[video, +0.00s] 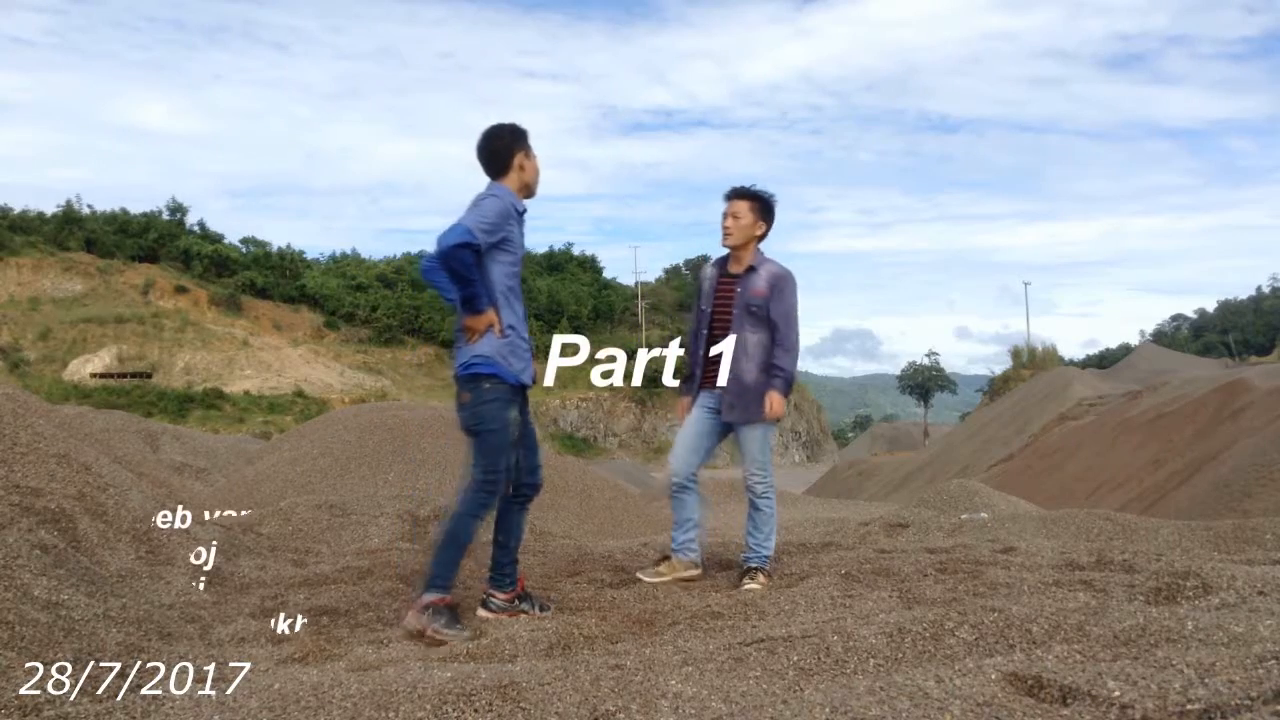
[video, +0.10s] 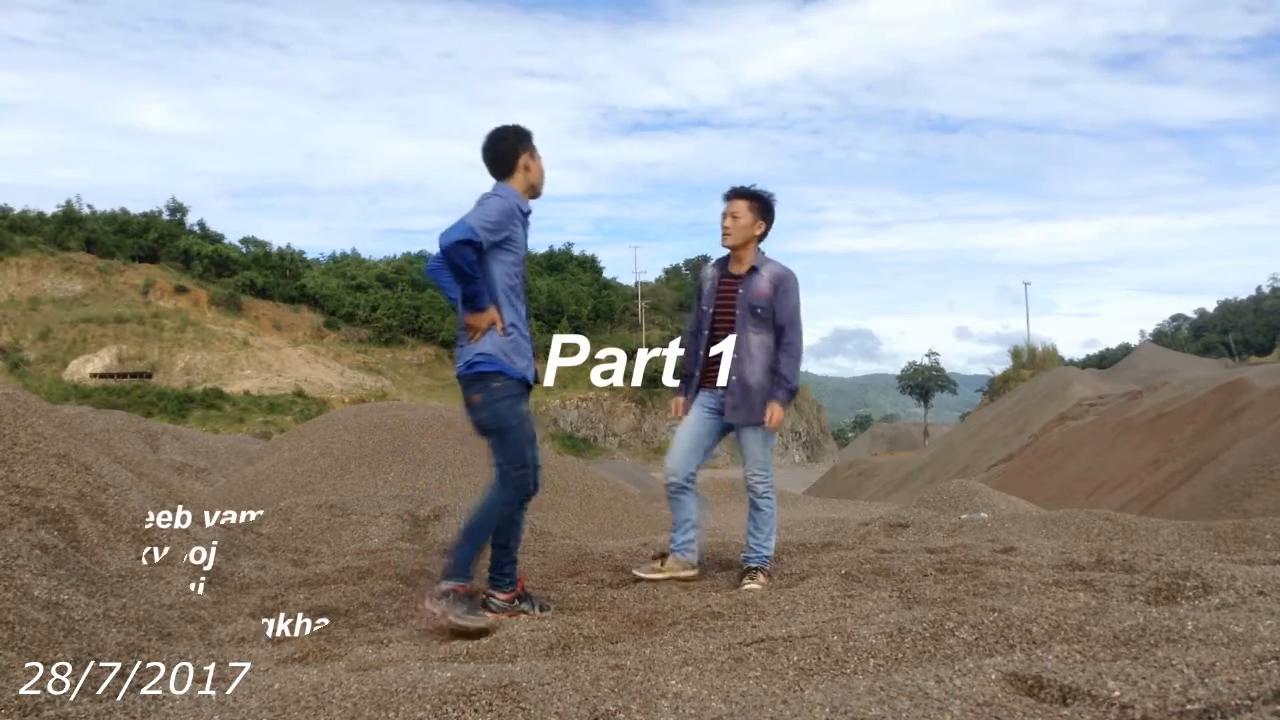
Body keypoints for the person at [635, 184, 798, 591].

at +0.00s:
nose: (726, 224)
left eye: (736, 218)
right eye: (725, 217)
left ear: (760, 228)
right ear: (725, 222)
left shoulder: (776, 278)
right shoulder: (711, 273)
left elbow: (787, 339)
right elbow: (698, 333)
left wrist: (779, 387)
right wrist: (689, 389)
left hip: (753, 397)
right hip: (710, 394)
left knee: (757, 481)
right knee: (680, 470)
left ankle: (756, 565)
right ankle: (685, 559)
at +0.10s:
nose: (725, 224)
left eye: (735, 217)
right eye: (725, 216)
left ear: (760, 227)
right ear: (725, 222)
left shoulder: (779, 279)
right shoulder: (710, 274)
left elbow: (791, 343)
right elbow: (696, 334)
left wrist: (781, 396)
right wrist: (684, 389)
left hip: (754, 400)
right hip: (709, 396)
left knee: (758, 483)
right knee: (677, 471)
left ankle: (756, 564)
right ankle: (683, 558)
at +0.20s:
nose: (725, 227)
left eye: (734, 220)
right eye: (723, 220)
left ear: (759, 227)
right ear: (724, 225)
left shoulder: (779, 282)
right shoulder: (708, 275)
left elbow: (791, 346)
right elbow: (693, 336)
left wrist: (787, 408)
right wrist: (684, 390)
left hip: (754, 401)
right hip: (707, 398)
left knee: (757, 484)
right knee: (689, 481)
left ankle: (756, 565)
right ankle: (681, 563)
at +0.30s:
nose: (724, 228)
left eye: (732, 221)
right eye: (722, 221)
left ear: (759, 227)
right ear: (722, 225)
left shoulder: (779, 283)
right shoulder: (707, 274)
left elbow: (791, 348)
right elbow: (692, 335)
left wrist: (790, 410)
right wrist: (683, 389)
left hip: (755, 401)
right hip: (707, 398)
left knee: (757, 484)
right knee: (686, 480)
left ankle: (756, 565)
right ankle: (680, 563)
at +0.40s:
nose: (722, 229)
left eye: (731, 222)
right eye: (720, 222)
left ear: (757, 227)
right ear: (718, 225)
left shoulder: (779, 283)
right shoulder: (705, 274)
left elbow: (792, 348)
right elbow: (690, 335)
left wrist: (790, 408)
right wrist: (679, 387)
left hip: (754, 402)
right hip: (706, 398)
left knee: (755, 483)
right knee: (674, 474)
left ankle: (756, 564)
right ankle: (677, 561)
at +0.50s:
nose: (719, 229)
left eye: (727, 222)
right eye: (717, 222)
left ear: (754, 227)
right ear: (716, 225)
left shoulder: (776, 282)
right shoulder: (702, 276)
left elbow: (792, 347)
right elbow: (686, 336)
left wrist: (790, 408)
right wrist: (675, 386)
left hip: (754, 402)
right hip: (706, 399)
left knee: (756, 483)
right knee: (668, 467)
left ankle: (756, 564)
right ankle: (677, 557)